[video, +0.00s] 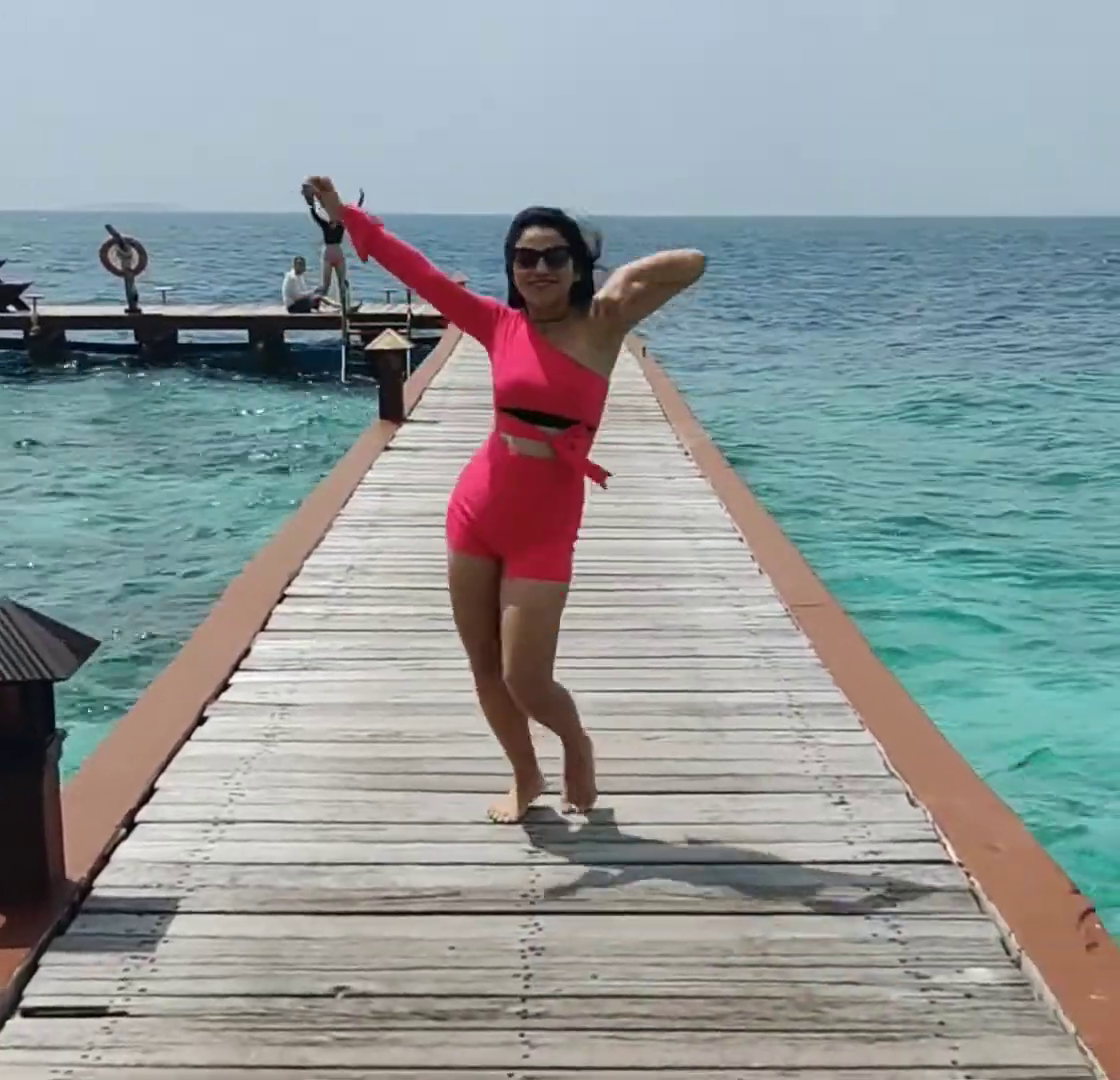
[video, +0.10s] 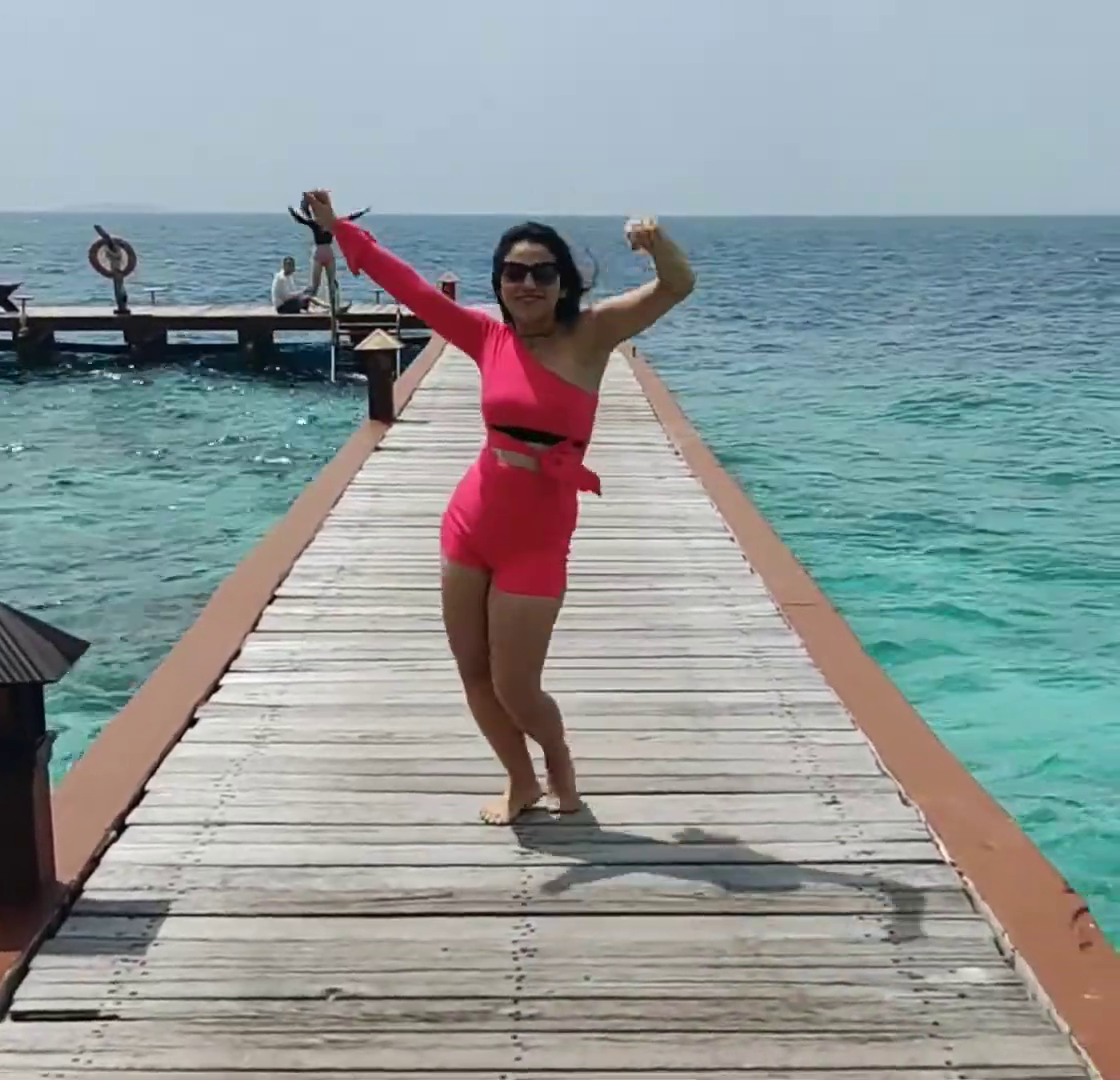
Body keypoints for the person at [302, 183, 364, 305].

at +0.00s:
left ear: (329, 216)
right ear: (340, 217)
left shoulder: (325, 225)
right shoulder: (342, 225)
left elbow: (315, 216)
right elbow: (353, 212)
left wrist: (311, 205)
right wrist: (361, 200)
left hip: (328, 249)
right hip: (338, 249)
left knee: (325, 283)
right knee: (342, 282)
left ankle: (315, 302)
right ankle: (344, 309)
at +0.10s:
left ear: (316, 213)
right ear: (327, 213)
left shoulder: (314, 223)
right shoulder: (332, 222)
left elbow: (301, 220)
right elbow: (349, 218)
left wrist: (292, 211)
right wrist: (363, 211)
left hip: (319, 249)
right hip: (328, 248)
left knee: (315, 282)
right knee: (332, 281)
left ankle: (306, 304)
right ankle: (334, 309)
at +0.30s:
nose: (308, 209)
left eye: (310, 206)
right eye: (306, 206)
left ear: (313, 207)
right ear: (303, 207)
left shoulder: (318, 222)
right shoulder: (300, 221)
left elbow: (324, 239)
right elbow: (292, 234)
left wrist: (325, 256)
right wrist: (283, 247)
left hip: (314, 252)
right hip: (302, 251)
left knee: (316, 281)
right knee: (301, 279)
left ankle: (317, 307)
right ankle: (299, 303)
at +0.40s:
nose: (303, 214)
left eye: (305, 212)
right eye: (301, 212)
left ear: (308, 213)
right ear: (298, 213)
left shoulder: (312, 226)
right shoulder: (294, 227)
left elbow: (315, 243)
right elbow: (291, 243)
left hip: (309, 259)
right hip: (297, 260)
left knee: (310, 286)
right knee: (298, 286)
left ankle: (311, 310)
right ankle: (297, 308)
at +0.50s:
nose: (300, 217)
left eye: (302, 213)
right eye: (298, 214)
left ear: (305, 214)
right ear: (295, 214)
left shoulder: (309, 226)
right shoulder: (291, 226)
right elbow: (294, 236)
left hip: (305, 252)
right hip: (294, 251)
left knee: (306, 275)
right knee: (293, 275)